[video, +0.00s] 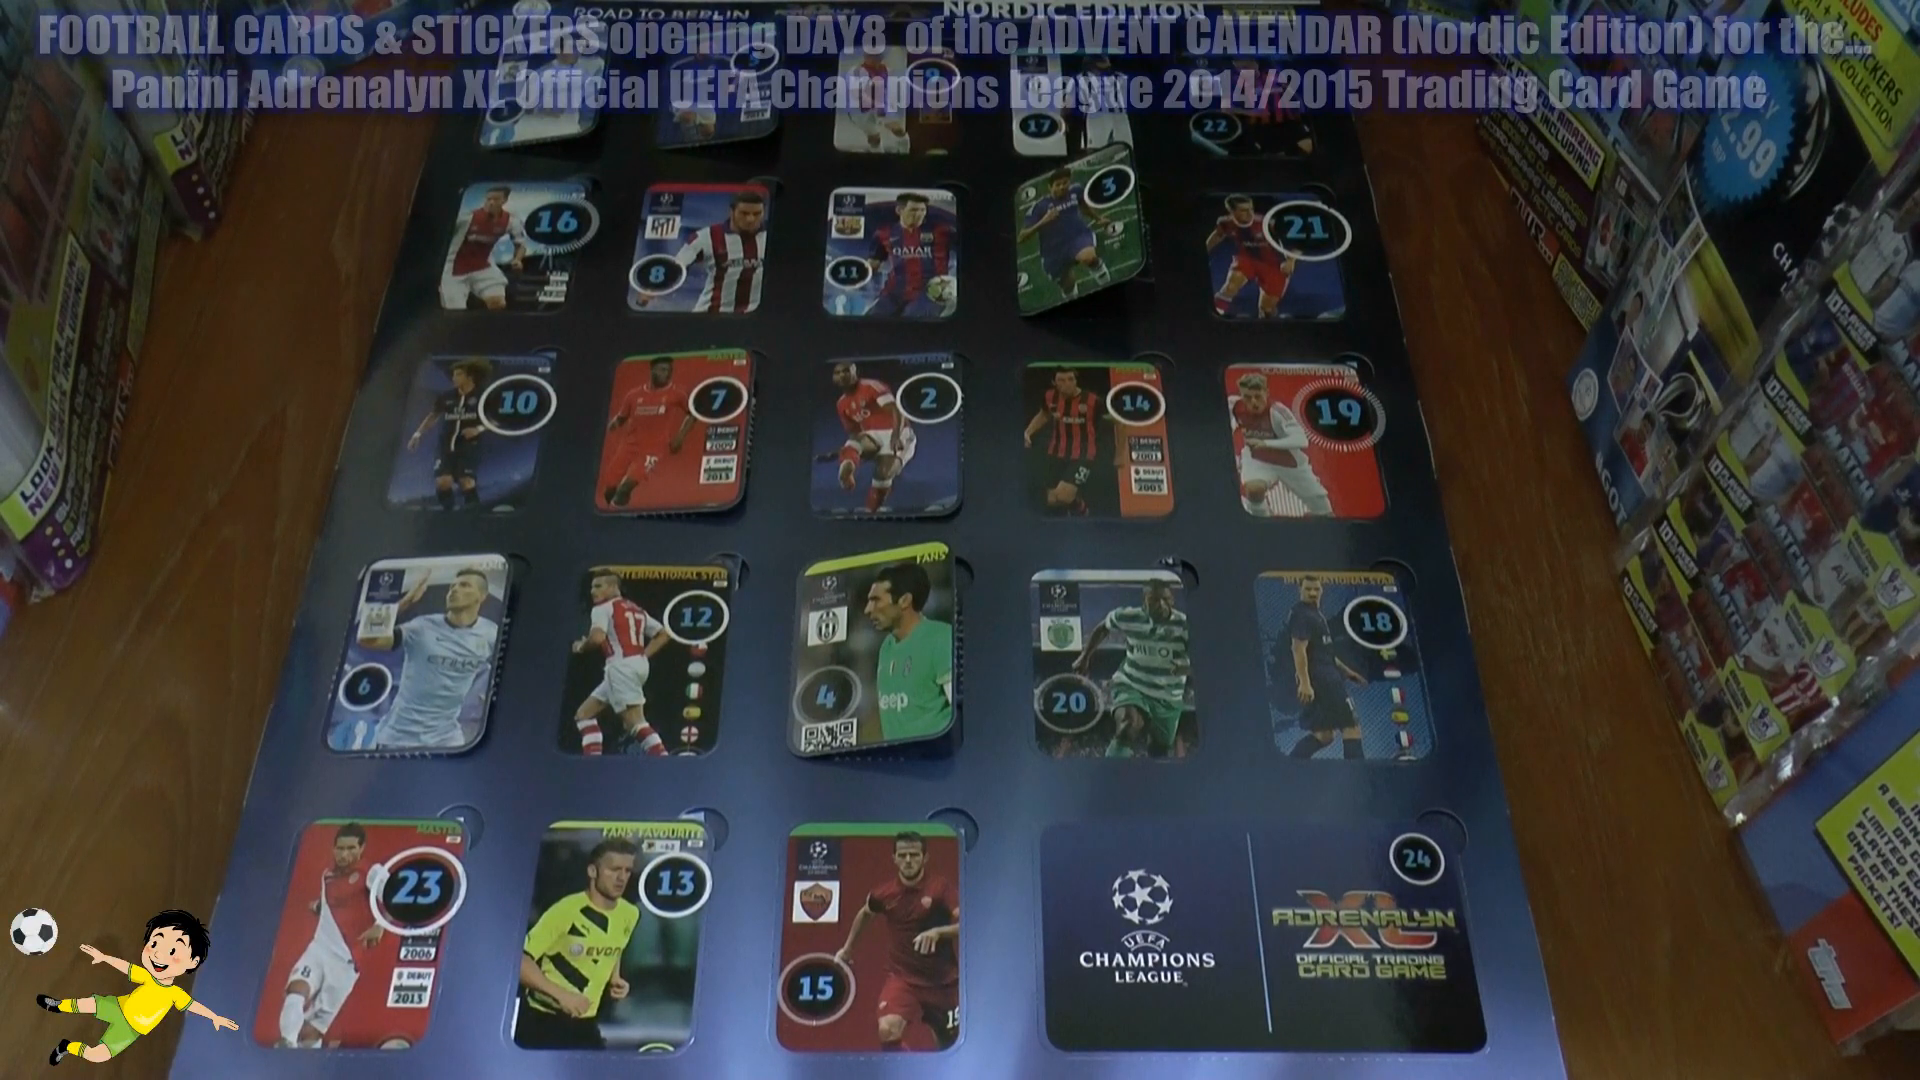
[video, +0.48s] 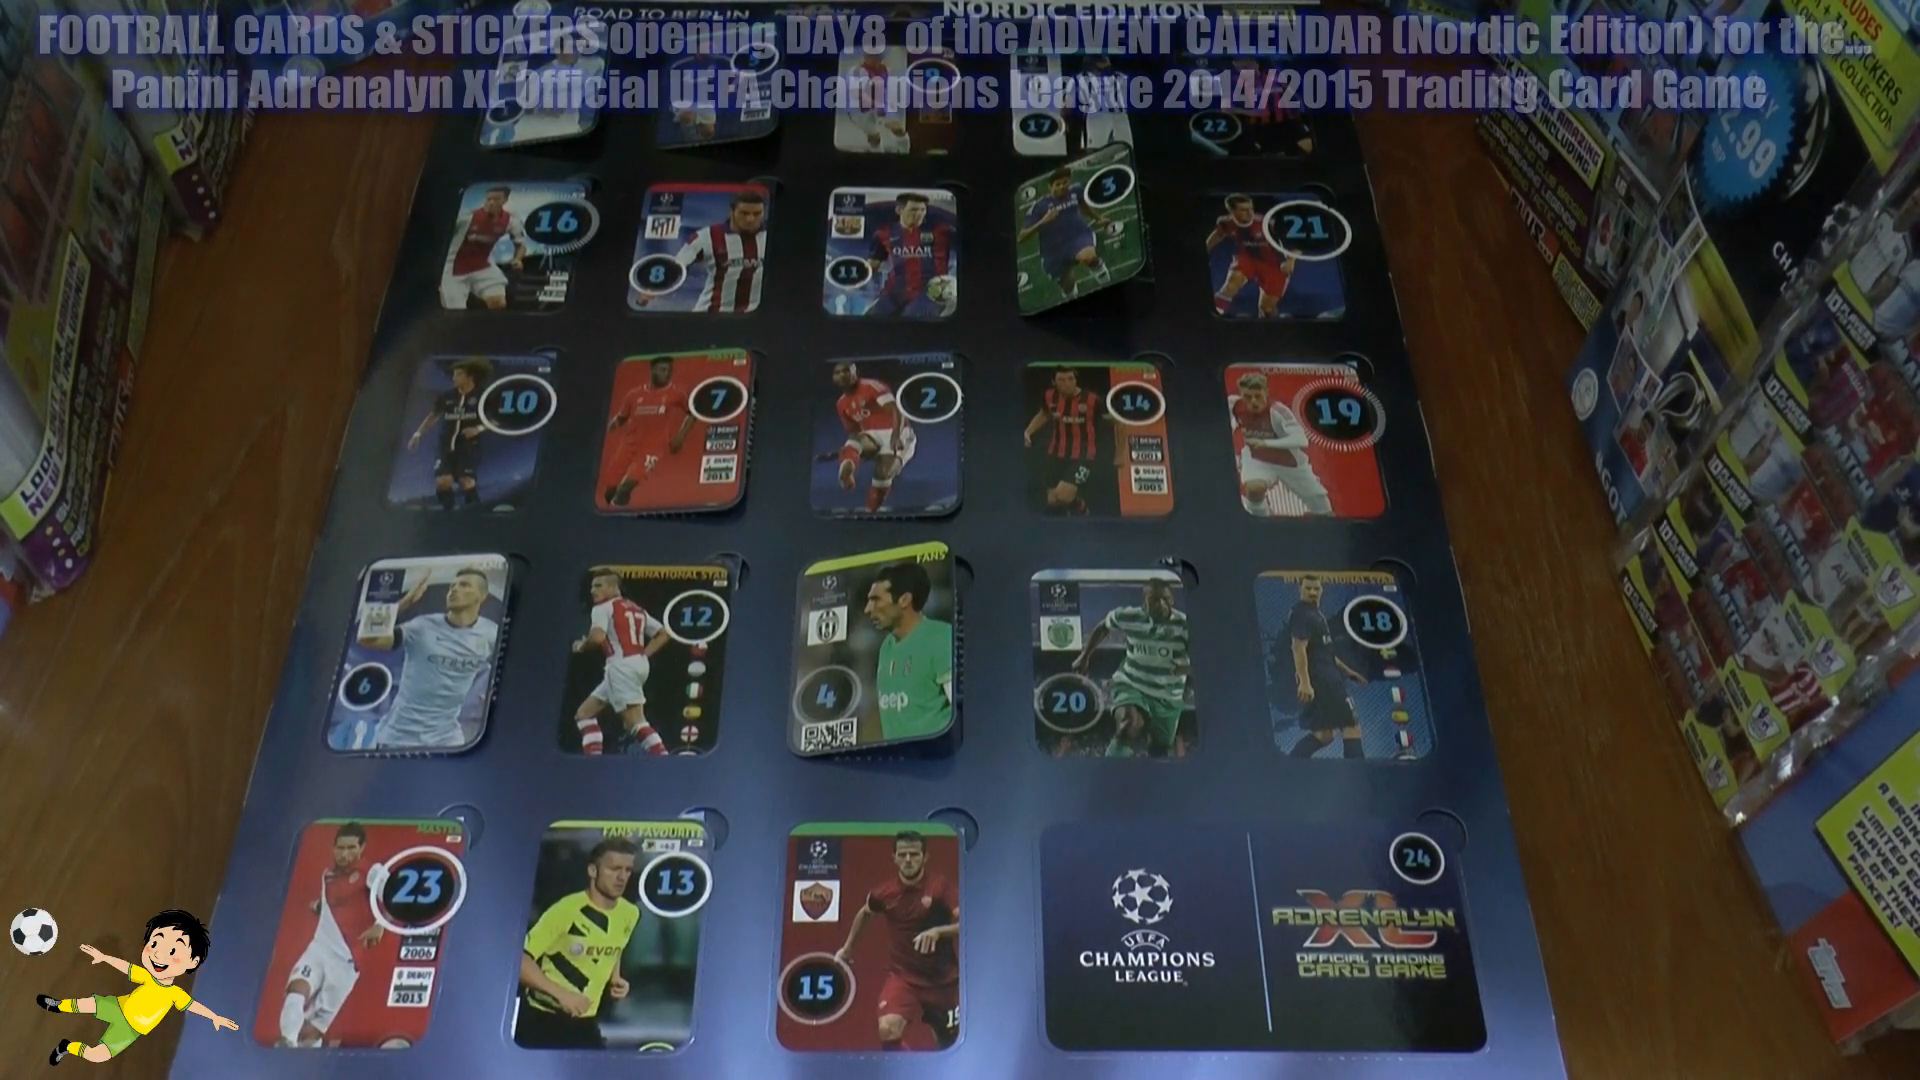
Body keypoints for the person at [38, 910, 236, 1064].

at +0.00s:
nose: (159, 955)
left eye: (172, 952)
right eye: (155, 944)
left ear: (189, 965)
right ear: (145, 946)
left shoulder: (176, 995)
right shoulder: (143, 976)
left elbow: (195, 1007)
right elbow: (124, 966)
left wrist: (215, 1017)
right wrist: (103, 958)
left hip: (131, 1030)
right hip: (118, 1008)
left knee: (99, 1055)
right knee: (88, 1003)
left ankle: (66, 1047)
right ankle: (58, 1006)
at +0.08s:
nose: (159, 955)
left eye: (172, 952)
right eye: (155, 943)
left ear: (190, 965)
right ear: (146, 945)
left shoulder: (176, 995)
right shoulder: (144, 976)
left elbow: (195, 1007)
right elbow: (124, 966)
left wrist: (215, 1017)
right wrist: (103, 958)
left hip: (131, 1030)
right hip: (119, 1008)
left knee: (99, 1055)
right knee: (88, 1003)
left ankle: (66, 1047)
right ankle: (57, 1006)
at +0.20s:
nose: (159, 956)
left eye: (172, 952)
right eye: (155, 944)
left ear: (190, 964)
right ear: (146, 945)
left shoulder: (176, 995)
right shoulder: (143, 976)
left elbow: (194, 1007)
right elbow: (124, 966)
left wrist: (215, 1017)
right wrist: (103, 958)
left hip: (131, 1030)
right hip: (119, 1008)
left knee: (99, 1055)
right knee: (89, 1003)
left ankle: (66, 1047)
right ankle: (57, 1006)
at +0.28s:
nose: (159, 955)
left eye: (172, 952)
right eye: (155, 943)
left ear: (190, 965)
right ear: (146, 945)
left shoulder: (176, 995)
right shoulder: (144, 976)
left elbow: (195, 1007)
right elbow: (124, 966)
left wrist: (215, 1017)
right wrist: (103, 958)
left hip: (131, 1030)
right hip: (119, 1008)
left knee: (99, 1055)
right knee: (88, 1003)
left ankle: (66, 1047)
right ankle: (57, 1006)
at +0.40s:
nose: (159, 955)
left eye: (172, 952)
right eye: (155, 943)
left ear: (189, 965)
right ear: (146, 945)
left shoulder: (176, 995)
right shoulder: (144, 976)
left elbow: (195, 1007)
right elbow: (124, 966)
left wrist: (215, 1017)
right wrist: (103, 958)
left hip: (131, 1030)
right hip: (119, 1008)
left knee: (99, 1055)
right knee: (88, 1003)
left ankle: (66, 1047)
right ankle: (57, 1006)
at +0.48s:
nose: (159, 955)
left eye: (172, 952)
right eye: (155, 944)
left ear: (189, 965)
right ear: (145, 946)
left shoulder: (176, 995)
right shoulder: (144, 976)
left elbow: (195, 1007)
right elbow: (124, 966)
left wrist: (215, 1017)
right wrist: (103, 958)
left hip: (131, 1030)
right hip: (118, 1008)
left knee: (99, 1055)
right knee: (88, 1003)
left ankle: (66, 1047)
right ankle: (57, 1006)